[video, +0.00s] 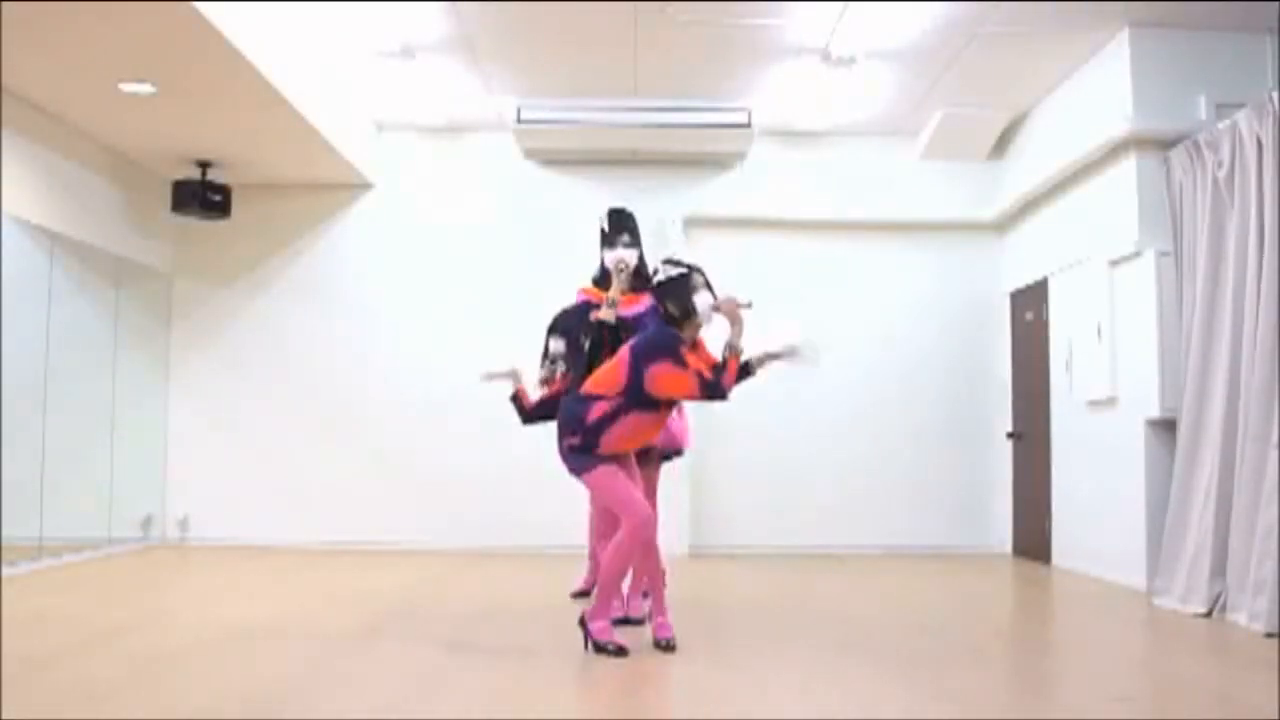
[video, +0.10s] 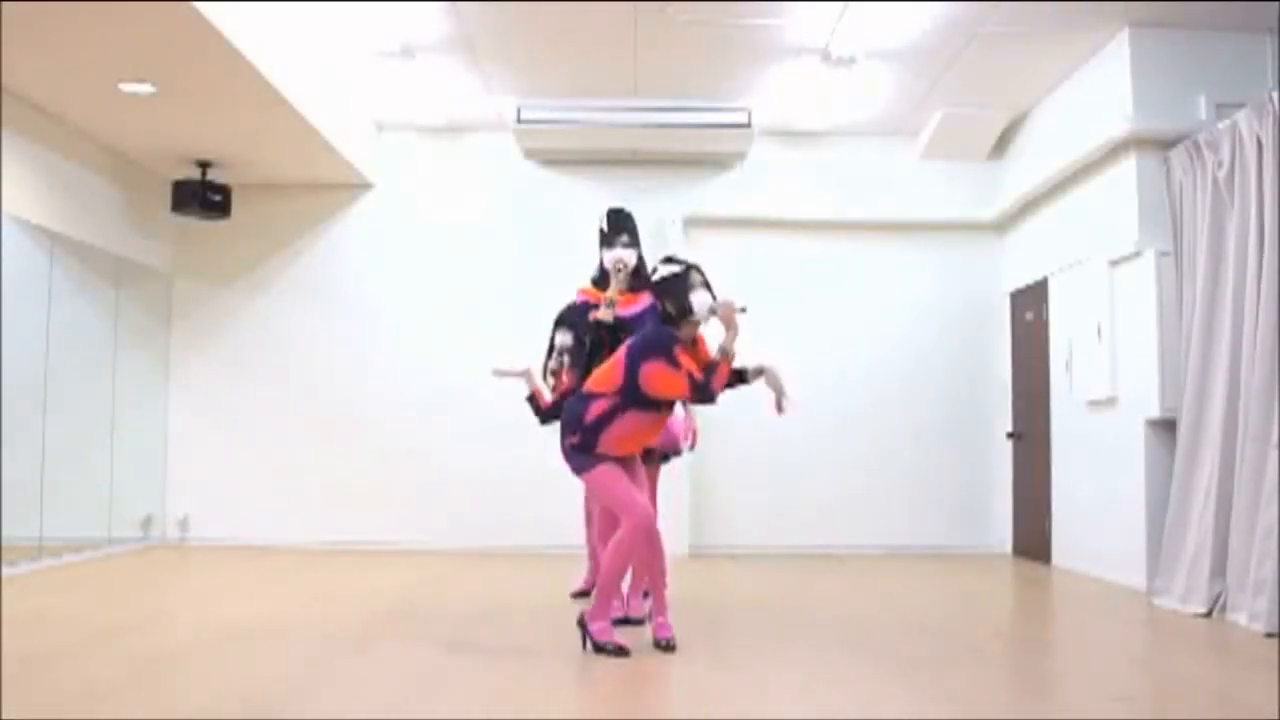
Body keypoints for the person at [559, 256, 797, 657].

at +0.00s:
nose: (710, 301)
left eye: (708, 292)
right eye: (701, 294)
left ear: (678, 305)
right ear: (682, 303)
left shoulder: (685, 344)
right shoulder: (657, 350)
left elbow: (720, 381)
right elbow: (715, 391)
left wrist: (768, 359)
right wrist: (734, 335)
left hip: (621, 440)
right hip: (585, 441)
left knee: (643, 524)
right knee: (637, 517)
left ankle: (658, 613)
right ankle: (597, 615)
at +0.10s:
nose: (705, 297)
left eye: (704, 288)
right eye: (695, 290)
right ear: (676, 301)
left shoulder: (688, 343)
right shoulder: (653, 345)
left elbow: (712, 381)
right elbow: (699, 393)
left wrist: (761, 373)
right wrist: (728, 342)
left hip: (627, 442)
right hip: (588, 441)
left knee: (646, 523)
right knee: (636, 517)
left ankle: (659, 613)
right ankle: (597, 616)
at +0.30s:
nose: (680, 265)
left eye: (683, 256)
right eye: (670, 256)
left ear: (689, 260)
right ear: (651, 260)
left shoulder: (688, 309)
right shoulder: (621, 312)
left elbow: (723, 331)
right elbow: (594, 373)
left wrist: (728, 343)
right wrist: (631, 403)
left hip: (650, 430)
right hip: (603, 430)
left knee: (660, 516)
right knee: (634, 512)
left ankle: (660, 612)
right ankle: (596, 614)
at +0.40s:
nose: (650, 248)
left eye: (659, 239)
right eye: (642, 239)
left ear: (669, 243)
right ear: (625, 242)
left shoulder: (682, 286)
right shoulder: (600, 284)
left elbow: (729, 309)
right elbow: (553, 326)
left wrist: (697, 301)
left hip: (659, 421)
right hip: (605, 420)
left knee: (658, 515)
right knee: (616, 509)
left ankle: (666, 615)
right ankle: (603, 615)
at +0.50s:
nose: (637, 229)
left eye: (646, 222)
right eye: (631, 219)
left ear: (662, 229)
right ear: (618, 221)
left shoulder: (675, 278)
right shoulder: (591, 271)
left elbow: (687, 299)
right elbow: (554, 304)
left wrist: (665, 263)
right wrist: (579, 340)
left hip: (657, 406)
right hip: (601, 404)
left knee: (646, 509)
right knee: (605, 501)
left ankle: (677, 608)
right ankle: (612, 610)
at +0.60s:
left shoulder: (659, 292)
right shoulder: (596, 288)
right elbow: (583, 321)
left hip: (649, 412)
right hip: (601, 411)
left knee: (637, 512)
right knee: (603, 514)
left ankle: (677, 609)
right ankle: (612, 609)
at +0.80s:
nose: (573, 257)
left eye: (585, 252)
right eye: (576, 249)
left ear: (601, 265)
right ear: (576, 261)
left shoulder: (610, 303)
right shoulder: (586, 306)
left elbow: (569, 349)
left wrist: (536, 315)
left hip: (651, 425)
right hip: (617, 424)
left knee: (613, 508)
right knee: (609, 515)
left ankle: (637, 614)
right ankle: (614, 617)